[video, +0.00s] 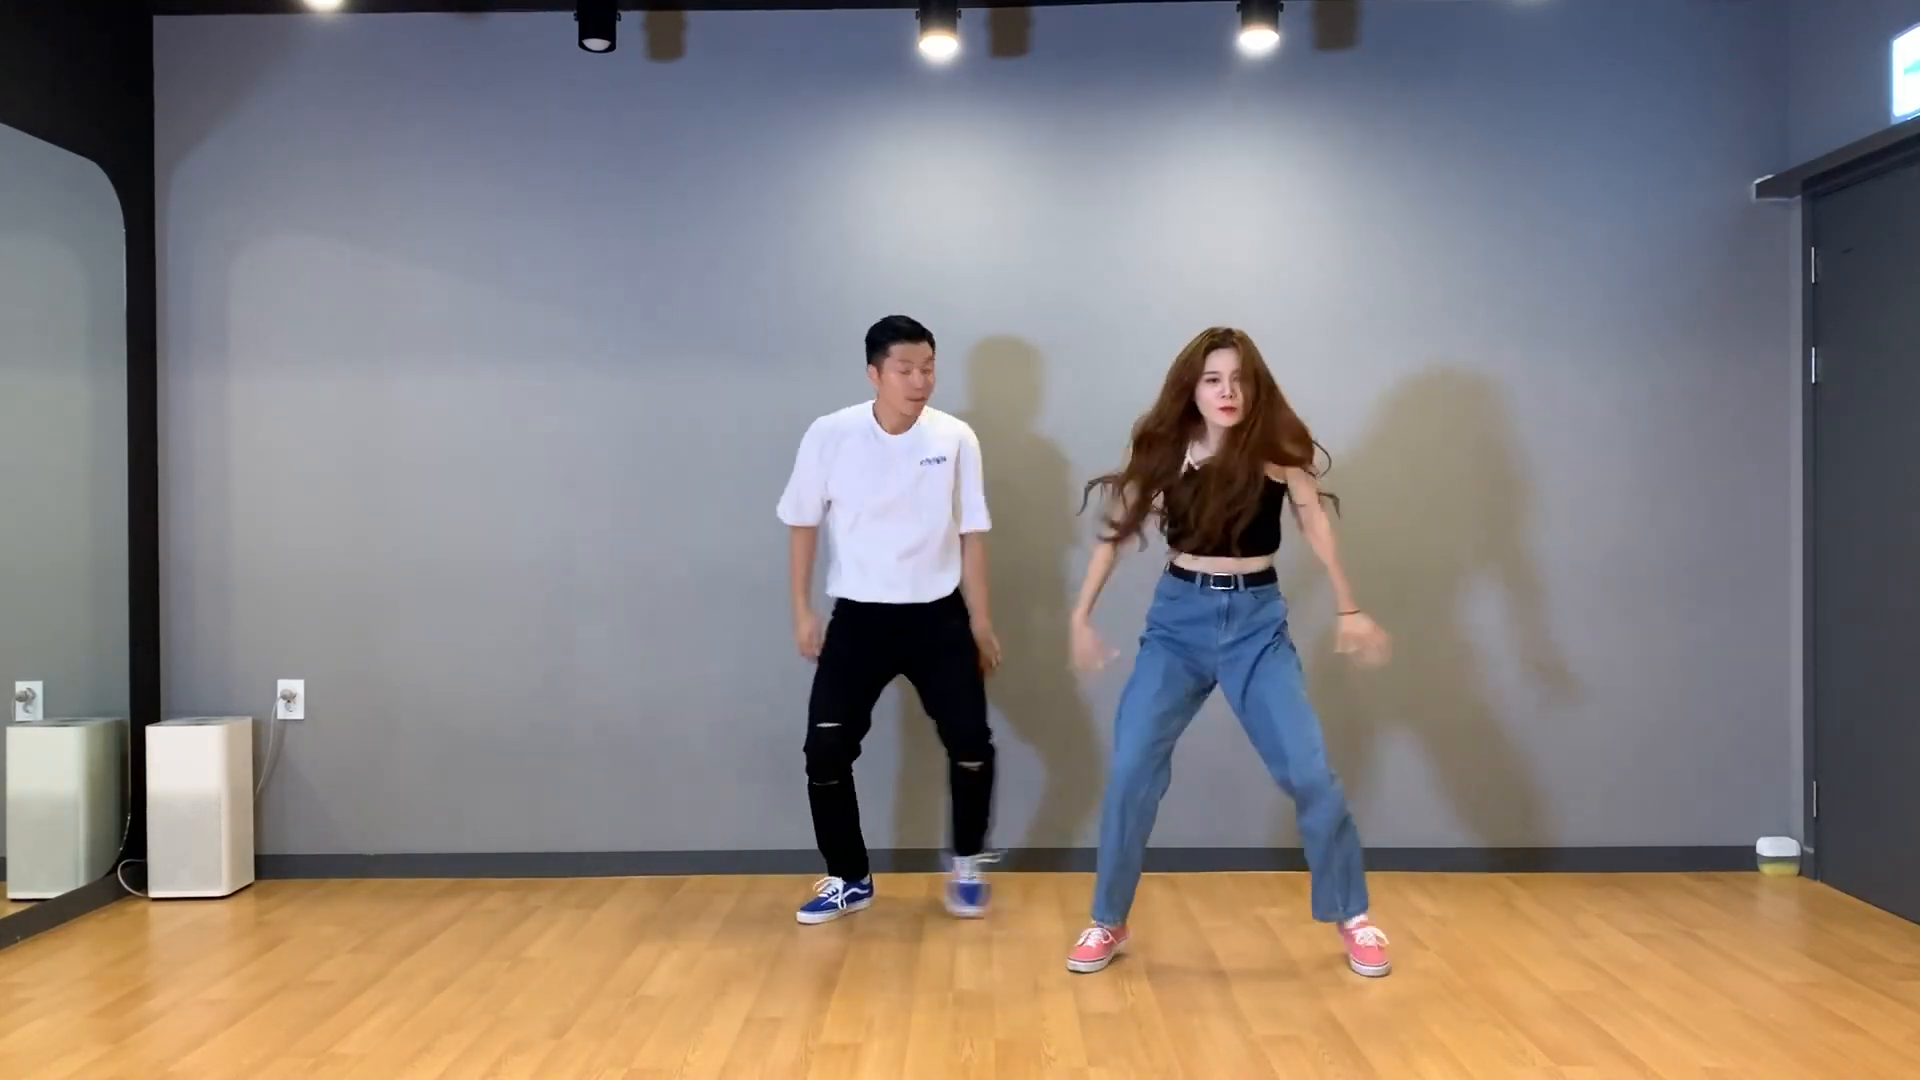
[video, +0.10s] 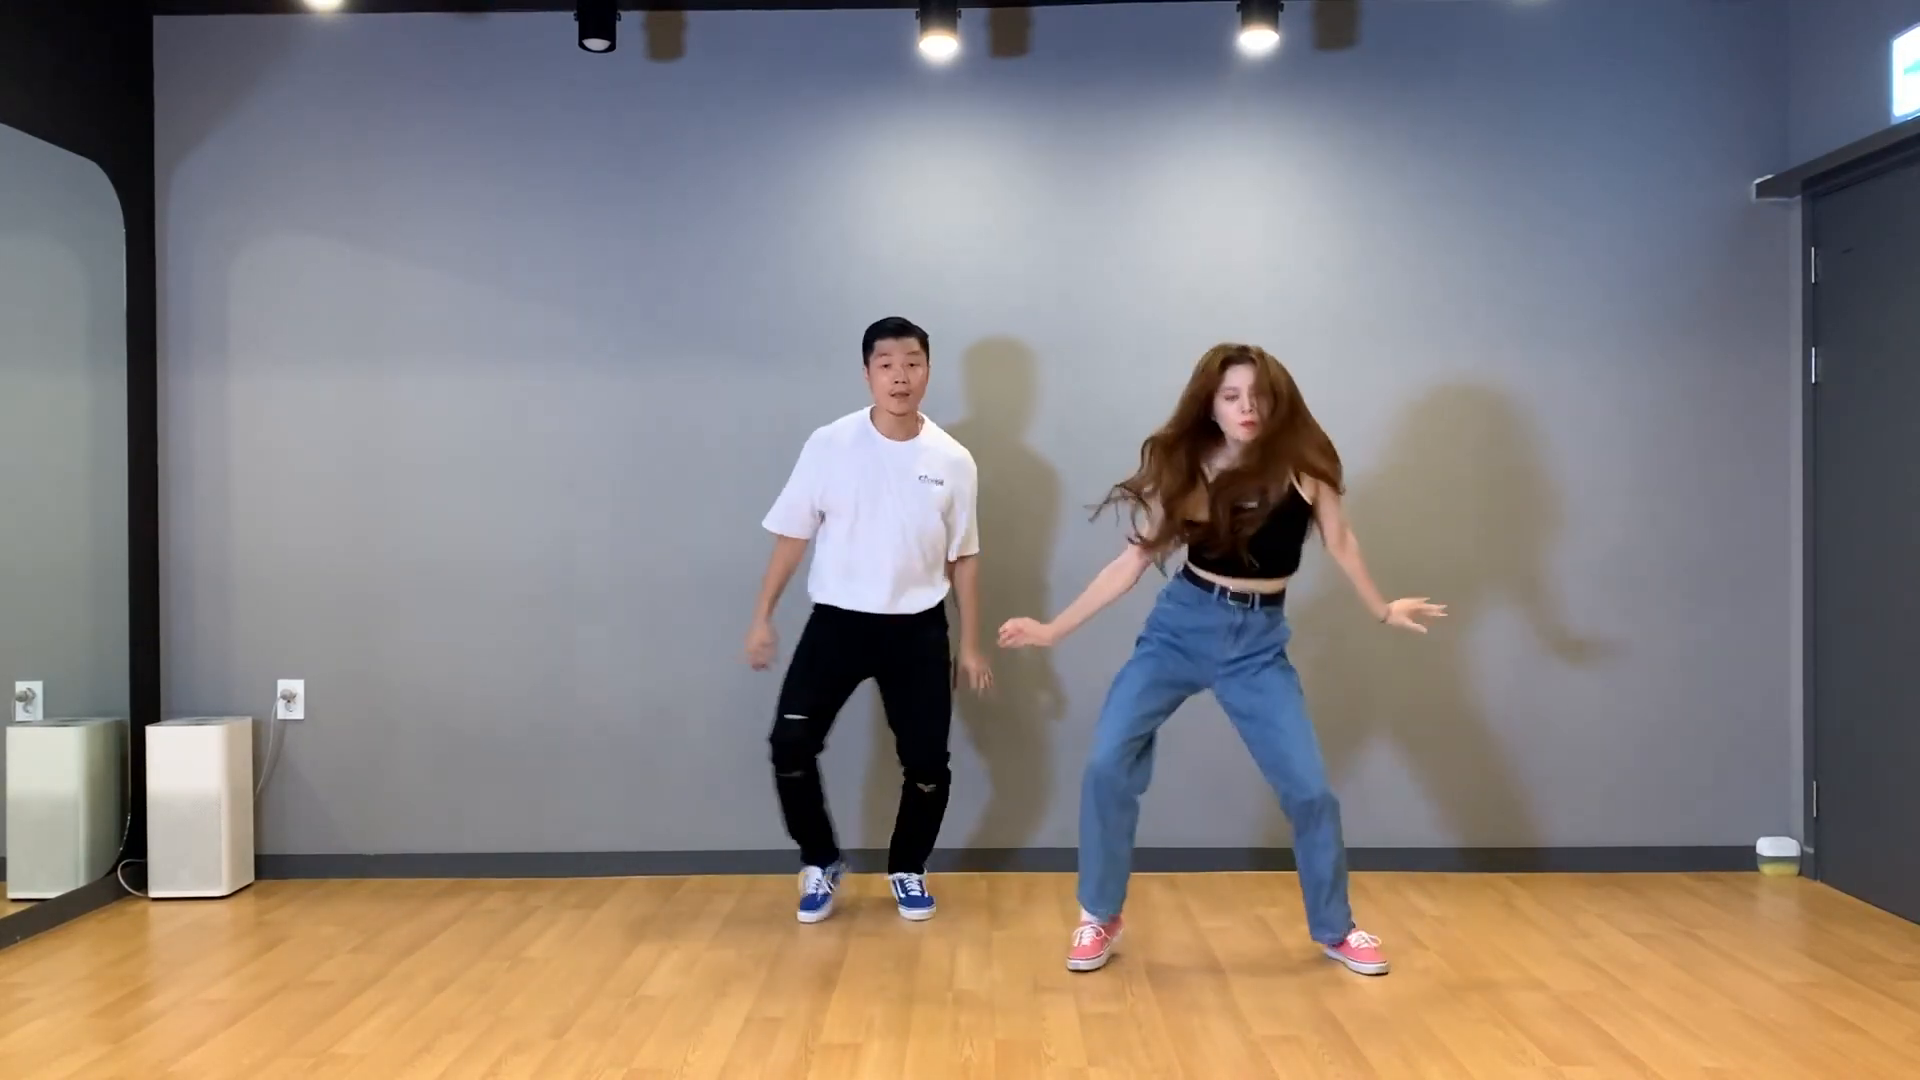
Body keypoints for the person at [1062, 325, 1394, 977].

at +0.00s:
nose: (1227, 392)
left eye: (1239, 380)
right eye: (1213, 380)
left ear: (1254, 388)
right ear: (1192, 388)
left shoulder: (1278, 450)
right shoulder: (1163, 451)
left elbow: (1318, 527)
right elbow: (1116, 532)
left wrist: (1350, 609)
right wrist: (1081, 615)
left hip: (1256, 624)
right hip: (1175, 621)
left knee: (1310, 772)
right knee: (1132, 764)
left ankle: (1353, 917)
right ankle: (1108, 921)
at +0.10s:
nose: (1247, 408)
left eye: (1258, 396)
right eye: (1232, 397)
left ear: (1276, 403)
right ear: (1210, 405)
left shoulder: (1303, 468)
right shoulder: (1189, 473)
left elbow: (1341, 541)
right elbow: (1129, 563)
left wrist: (1383, 607)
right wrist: (1053, 629)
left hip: (1257, 641)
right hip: (1178, 630)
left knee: (1311, 791)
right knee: (1108, 761)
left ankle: (1335, 930)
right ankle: (1099, 914)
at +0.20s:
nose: (1266, 429)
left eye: (1277, 418)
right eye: (1251, 419)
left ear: (1293, 424)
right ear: (1230, 428)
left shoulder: (1314, 491)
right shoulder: (1204, 489)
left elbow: (1350, 555)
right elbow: (1137, 562)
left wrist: (1408, 611)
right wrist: (1060, 612)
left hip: (1268, 662)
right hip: (1188, 656)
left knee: (1332, 799)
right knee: (1108, 765)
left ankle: (1343, 933)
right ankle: (1083, 912)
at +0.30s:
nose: (1273, 436)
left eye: (1282, 423)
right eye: (1257, 426)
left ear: (1295, 428)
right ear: (1234, 433)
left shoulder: (1302, 498)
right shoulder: (1198, 490)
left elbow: (1340, 583)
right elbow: (1138, 554)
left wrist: (1422, 610)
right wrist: (1081, 616)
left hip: (1280, 659)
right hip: (1209, 661)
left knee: (1342, 806)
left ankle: (1347, 933)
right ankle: (1074, 912)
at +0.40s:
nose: (1276, 430)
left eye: (1280, 417)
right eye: (1258, 423)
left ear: (1292, 422)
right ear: (1233, 436)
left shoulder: (1304, 492)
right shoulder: (1208, 494)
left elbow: (1346, 569)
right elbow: (1136, 550)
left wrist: (1425, 599)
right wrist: (1068, 604)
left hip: (1296, 656)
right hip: (1230, 661)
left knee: (1356, 809)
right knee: (1184, 822)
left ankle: (1345, 932)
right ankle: (1077, 914)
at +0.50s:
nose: (1277, 412)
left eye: (1281, 399)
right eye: (1258, 406)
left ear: (1295, 403)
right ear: (1236, 423)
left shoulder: (1336, 460)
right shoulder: (1224, 487)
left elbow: (1378, 529)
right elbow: (1149, 551)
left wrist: (1437, 582)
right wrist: (1066, 595)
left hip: (1311, 632)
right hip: (1243, 629)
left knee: (1329, 796)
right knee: (1198, 784)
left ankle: (1343, 933)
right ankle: (1113, 891)